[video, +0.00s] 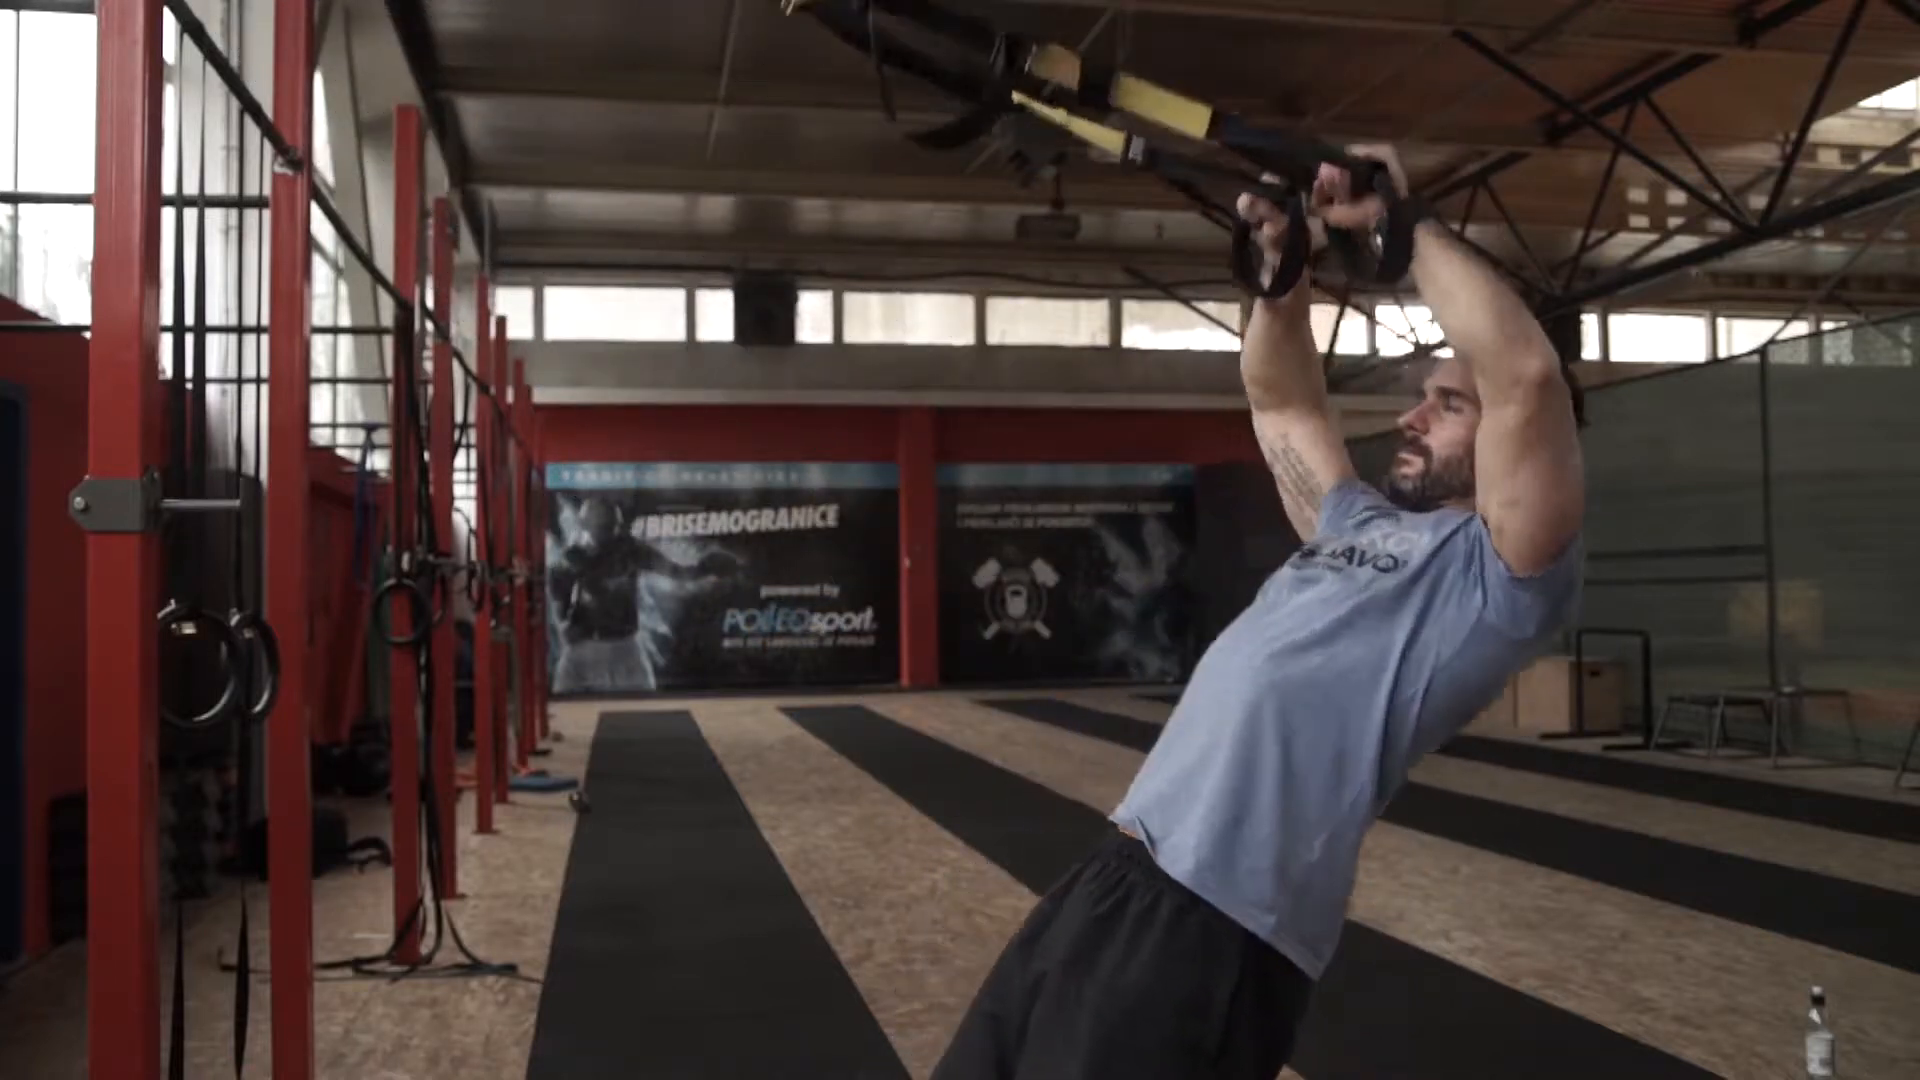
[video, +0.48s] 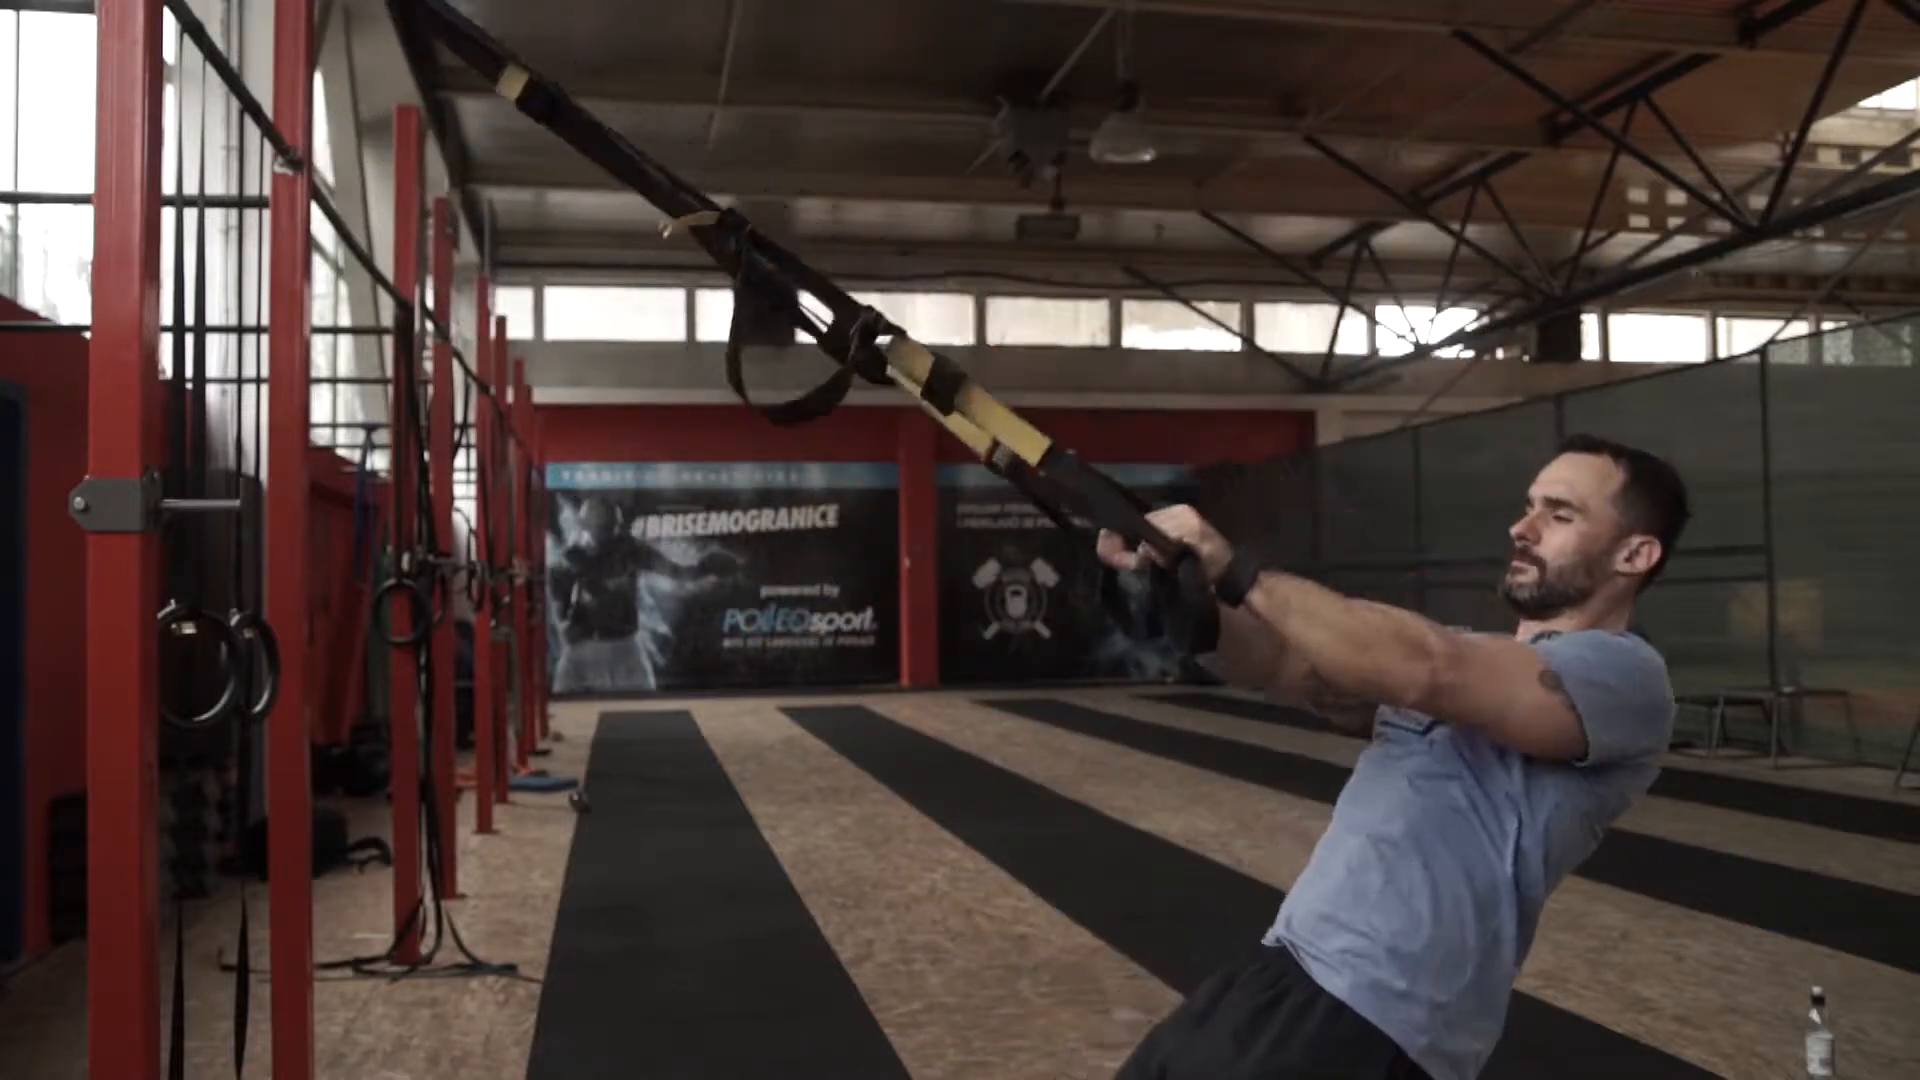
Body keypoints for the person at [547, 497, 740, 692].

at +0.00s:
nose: (601, 527)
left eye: (606, 519)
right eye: (594, 520)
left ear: (616, 519)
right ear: (583, 522)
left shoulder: (630, 549)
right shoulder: (572, 558)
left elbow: (674, 572)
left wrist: (703, 571)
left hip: (624, 647)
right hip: (580, 650)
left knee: (635, 716)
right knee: (573, 718)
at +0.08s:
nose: (601, 528)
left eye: (606, 520)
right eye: (594, 521)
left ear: (616, 520)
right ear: (583, 523)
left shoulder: (630, 550)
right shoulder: (572, 557)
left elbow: (674, 572)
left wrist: (703, 570)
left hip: (624, 647)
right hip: (580, 650)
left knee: (635, 716)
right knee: (573, 718)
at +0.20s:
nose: (601, 527)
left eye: (606, 519)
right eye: (594, 520)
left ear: (616, 519)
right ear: (583, 522)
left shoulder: (630, 549)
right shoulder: (572, 558)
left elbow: (674, 572)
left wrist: (703, 571)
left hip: (624, 647)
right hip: (580, 650)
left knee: (635, 716)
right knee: (573, 718)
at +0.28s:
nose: (601, 525)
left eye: (606, 518)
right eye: (594, 519)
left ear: (615, 519)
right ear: (583, 522)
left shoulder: (631, 549)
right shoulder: (572, 557)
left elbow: (674, 572)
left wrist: (703, 571)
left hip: (624, 647)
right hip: (581, 649)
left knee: (635, 715)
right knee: (573, 717)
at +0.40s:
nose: (601, 525)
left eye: (606, 517)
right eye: (594, 518)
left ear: (615, 518)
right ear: (583, 522)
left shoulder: (630, 549)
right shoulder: (573, 557)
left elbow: (674, 572)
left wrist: (703, 571)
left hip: (624, 647)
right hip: (581, 649)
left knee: (635, 714)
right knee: (573, 717)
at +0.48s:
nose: (601, 525)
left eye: (605, 517)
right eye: (594, 518)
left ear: (615, 519)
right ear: (583, 522)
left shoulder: (630, 549)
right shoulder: (573, 557)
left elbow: (674, 572)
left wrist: (703, 570)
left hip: (624, 647)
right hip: (581, 649)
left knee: (635, 715)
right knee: (573, 717)